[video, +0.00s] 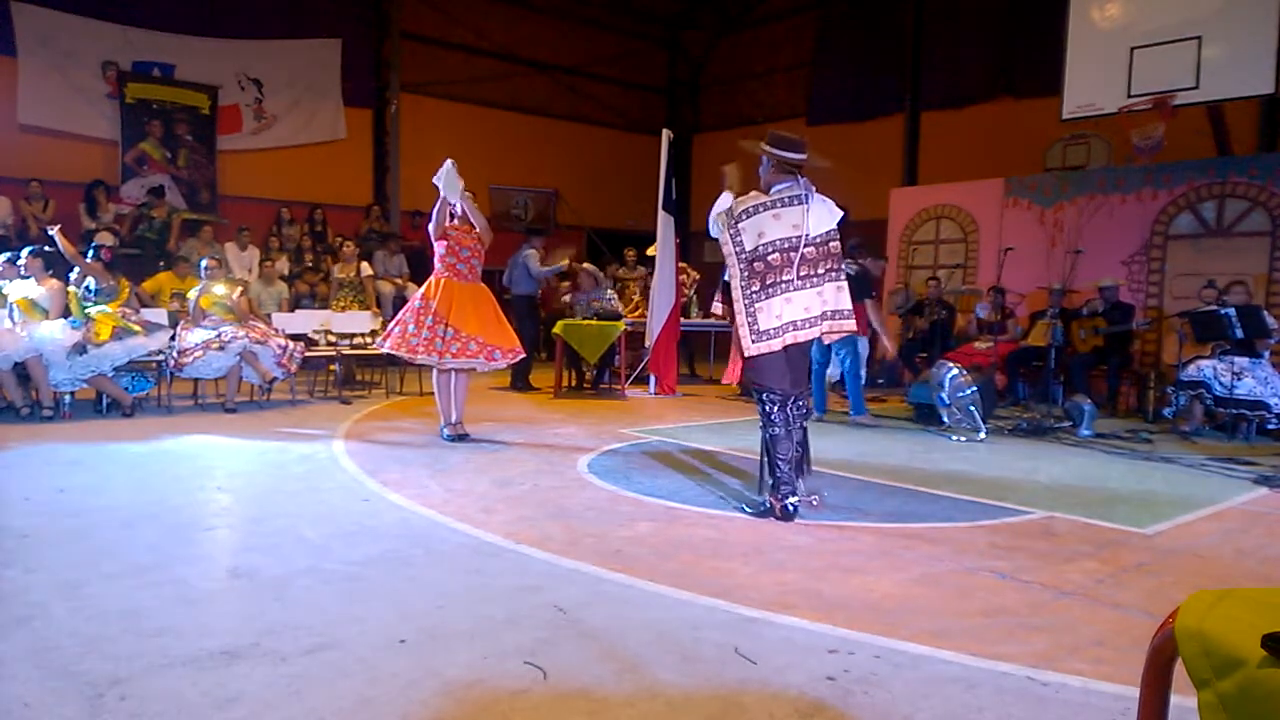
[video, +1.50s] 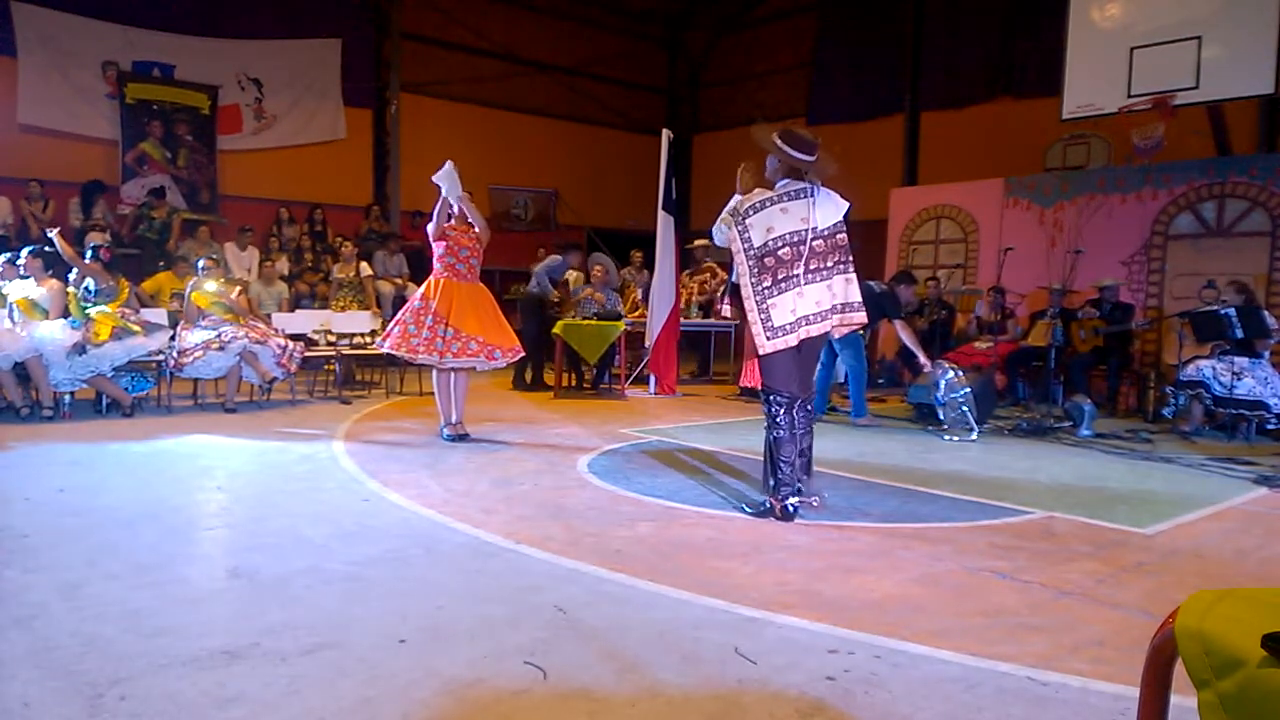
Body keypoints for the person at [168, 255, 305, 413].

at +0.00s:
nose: (209, 273)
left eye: (213, 269)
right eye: (205, 269)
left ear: (222, 270)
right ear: (201, 272)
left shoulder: (235, 289)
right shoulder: (196, 293)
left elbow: (245, 317)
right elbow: (196, 321)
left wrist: (233, 304)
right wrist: (199, 297)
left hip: (233, 327)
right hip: (208, 329)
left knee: (236, 358)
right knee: (239, 342)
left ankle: (230, 400)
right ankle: (265, 375)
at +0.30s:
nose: (208, 273)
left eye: (212, 269)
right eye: (205, 269)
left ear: (222, 270)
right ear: (201, 272)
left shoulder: (235, 289)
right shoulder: (196, 293)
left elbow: (246, 316)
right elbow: (196, 321)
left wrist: (233, 304)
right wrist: (197, 295)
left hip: (233, 327)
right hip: (208, 329)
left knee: (236, 358)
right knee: (239, 342)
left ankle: (229, 400)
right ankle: (265, 375)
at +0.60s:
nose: (207, 273)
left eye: (211, 268)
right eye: (204, 269)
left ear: (221, 269)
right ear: (200, 272)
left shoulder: (235, 288)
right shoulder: (196, 292)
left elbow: (246, 314)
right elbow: (194, 319)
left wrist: (232, 302)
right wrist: (195, 294)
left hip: (232, 326)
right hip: (208, 328)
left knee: (236, 357)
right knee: (239, 342)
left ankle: (230, 400)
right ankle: (265, 375)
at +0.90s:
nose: (206, 273)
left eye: (211, 269)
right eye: (203, 269)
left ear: (220, 269)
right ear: (199, 272)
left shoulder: (235, 289)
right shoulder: (198, 293)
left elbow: (246, 314)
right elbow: (192, 319)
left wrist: (230, 300)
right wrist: (193, 293)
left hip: (232, 327)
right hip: (207, 329)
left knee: (236, 358)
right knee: (238, 342)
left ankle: (229, 400)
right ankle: (264, 374)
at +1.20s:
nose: (207, 273)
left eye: (211, 269)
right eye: (203, 270)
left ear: (221, 269)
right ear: (199, 273)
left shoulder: (235, 288)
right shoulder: (198, 293)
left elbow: (246, 313)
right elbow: (191, 319)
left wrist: (229, 300)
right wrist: (191, 293)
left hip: (233, 327)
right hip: (207, 329)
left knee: (236, 357)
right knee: (238, 341)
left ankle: (229, 400)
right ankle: (264, 375)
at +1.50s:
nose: (205, 273)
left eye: (210, 269)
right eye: (202, 270)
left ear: (220, 270)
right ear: (198, 273)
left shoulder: (234, 288)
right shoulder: (196, 292)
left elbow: (245, 313)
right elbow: (191, 319)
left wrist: (227, 299)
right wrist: (189, 293)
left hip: (233, 327)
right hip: (207, 329)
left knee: (236, 357)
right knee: (238, 341)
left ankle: (229, 400)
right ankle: (264, 374)